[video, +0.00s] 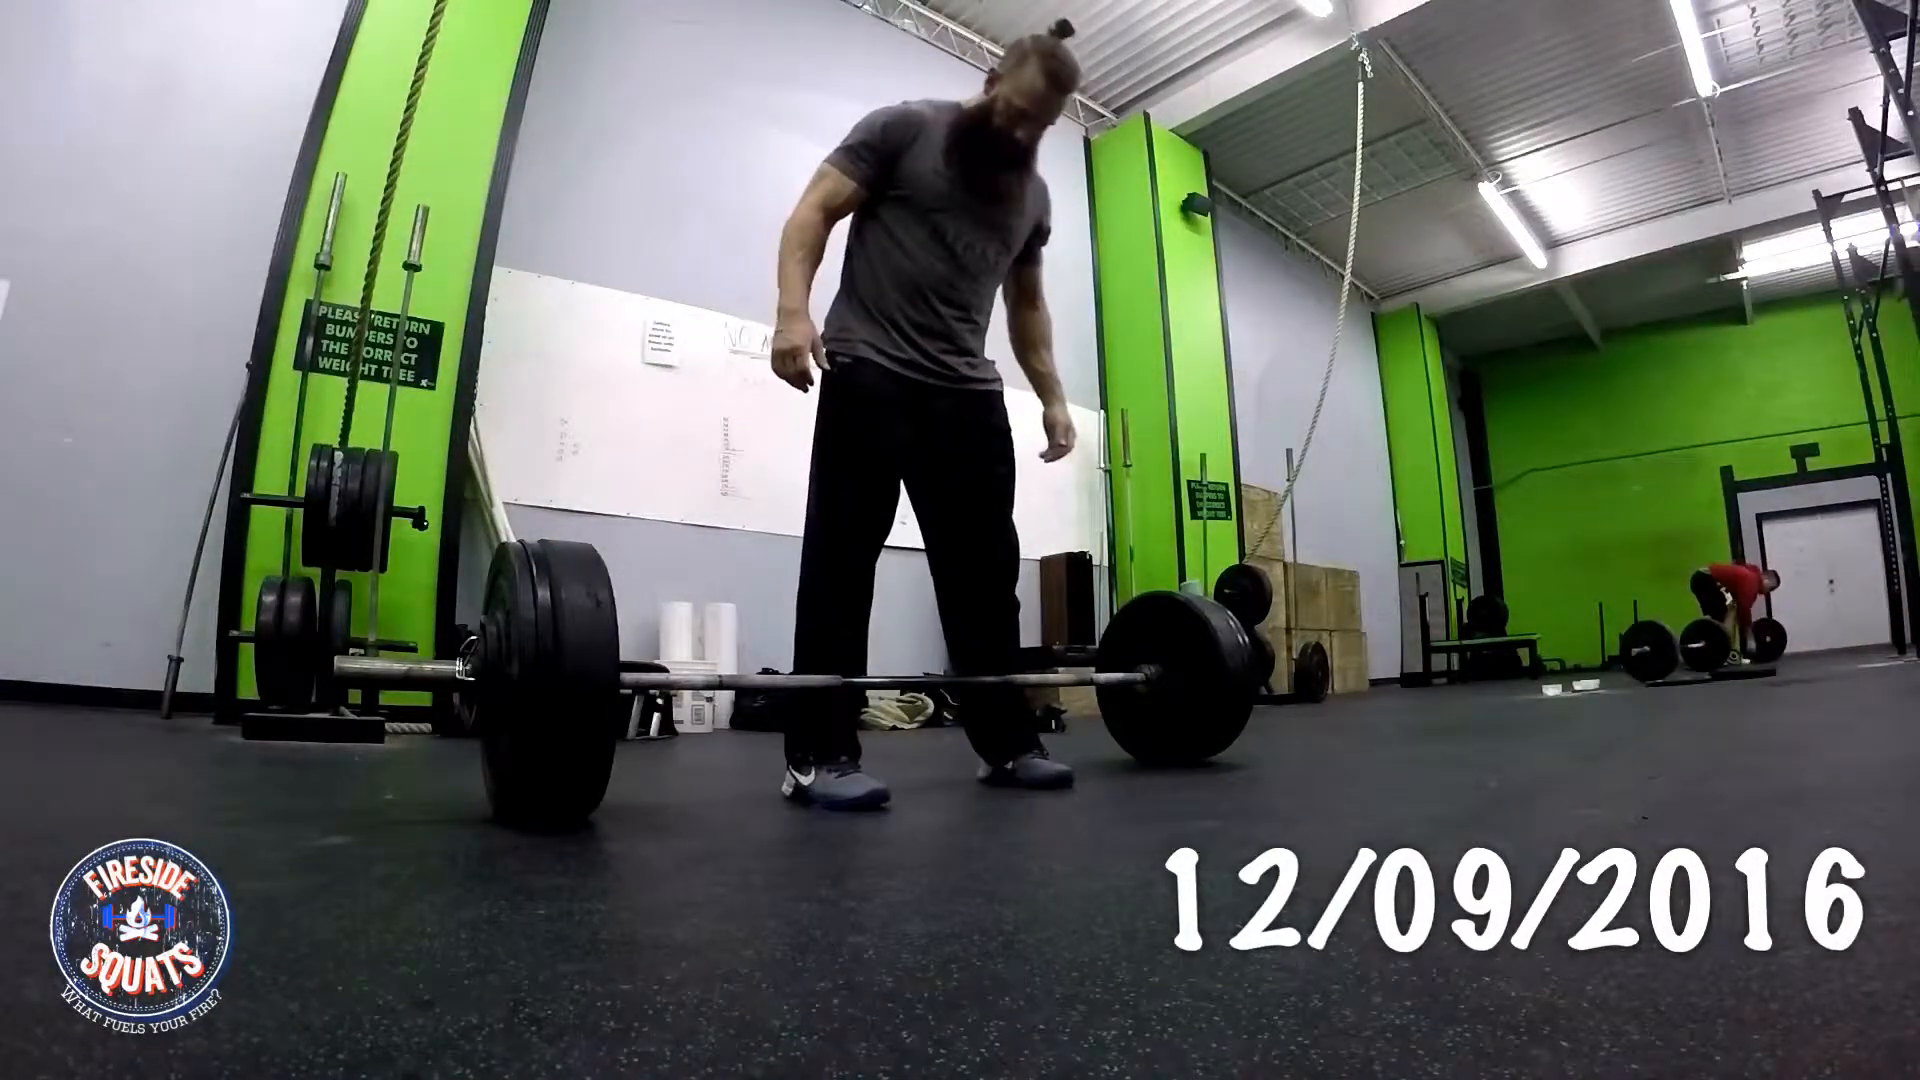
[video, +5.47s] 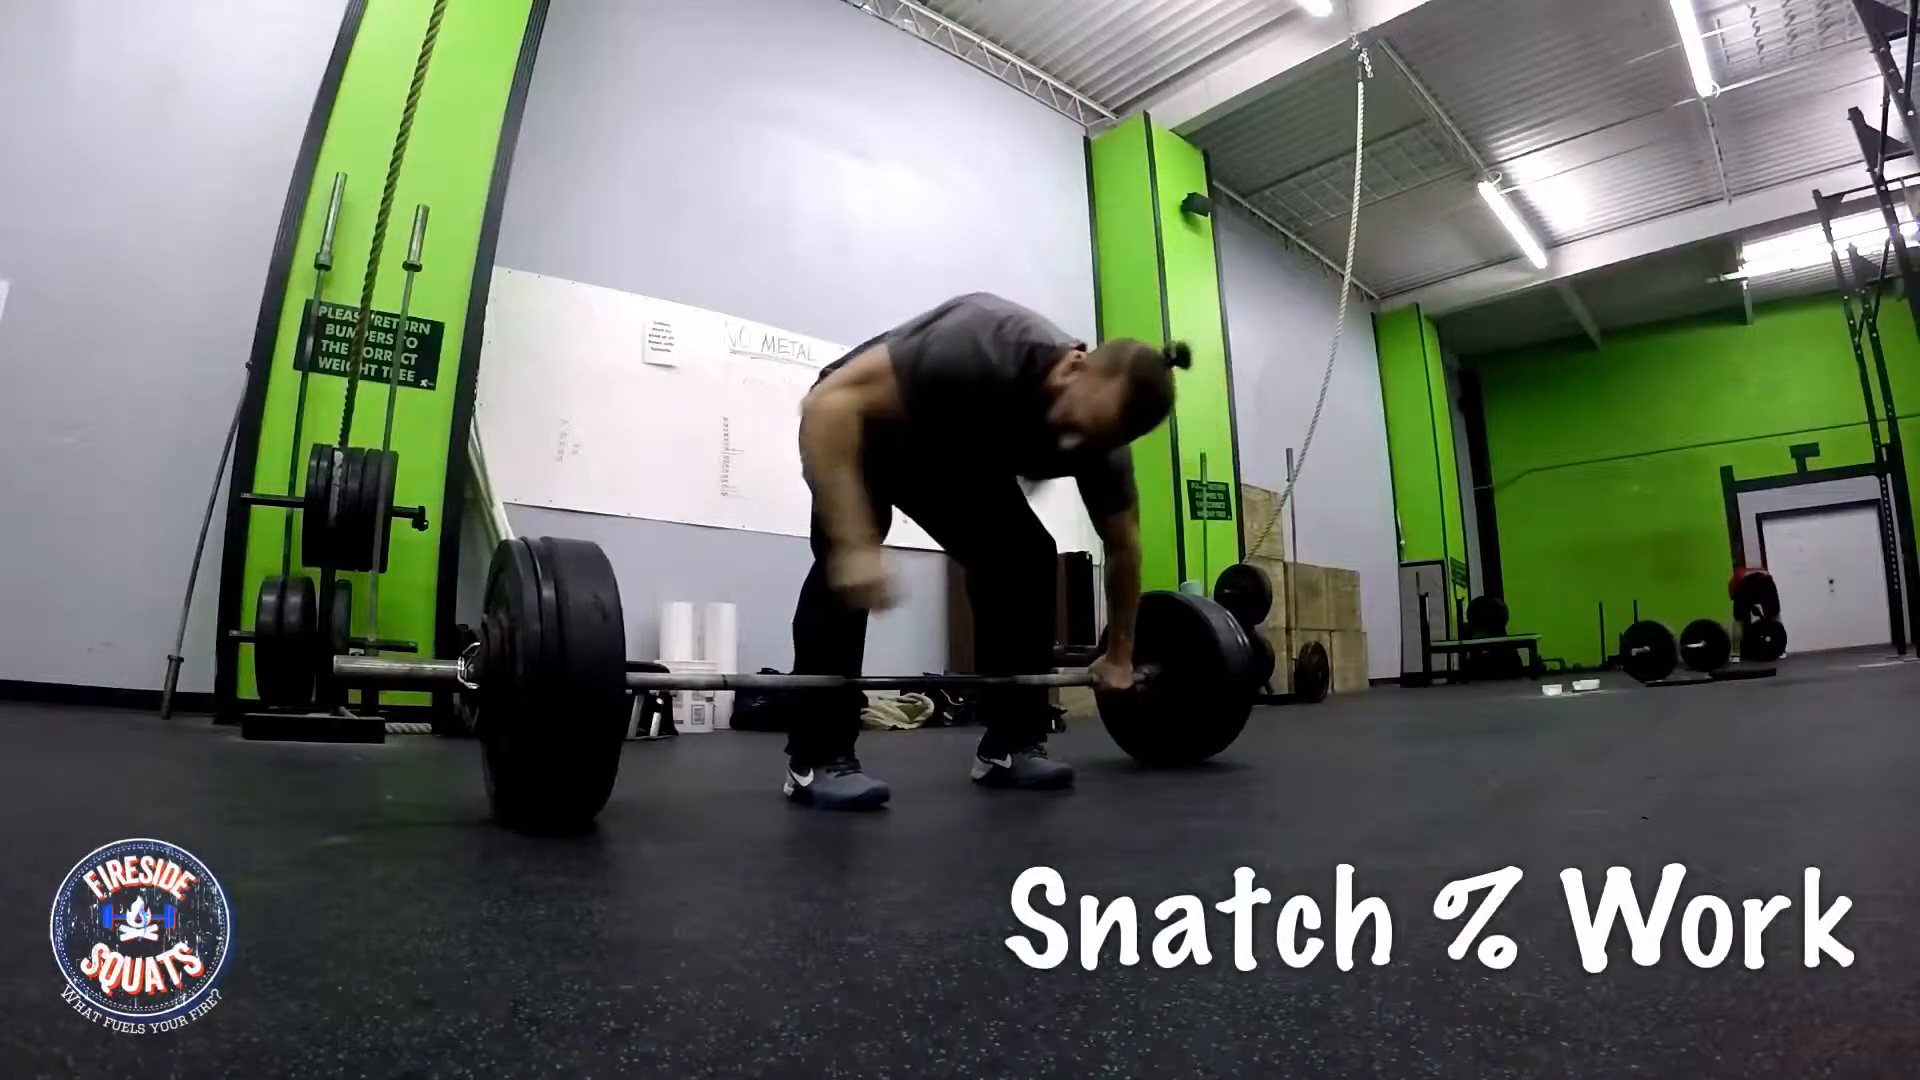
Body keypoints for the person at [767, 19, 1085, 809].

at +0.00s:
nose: (1021, 130)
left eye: (1038, 121)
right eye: (1016, 109)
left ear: (1054, 117)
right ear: (991, 79)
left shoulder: (1030, 197)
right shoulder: (901, 130)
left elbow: (1027, 306)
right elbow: (814, 212)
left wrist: (1053, 399)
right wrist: (793, 316)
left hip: (964, 393)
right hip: (867, 375)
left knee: (983, 568)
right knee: (840, 565)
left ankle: (1007, 746)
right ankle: (820, 758)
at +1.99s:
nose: (957, 48)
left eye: (964, 44)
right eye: (937, 40)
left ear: (971, 77)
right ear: (898, 69)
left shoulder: (991, 176)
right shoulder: (864, 132)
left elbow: (1015, 279)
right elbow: (810, 214)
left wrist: (1059, 351)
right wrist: (810, 296)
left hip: (980, 388)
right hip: (881, 372)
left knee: (986, 571)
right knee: (849, 565)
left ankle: (1003, 747)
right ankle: (821, 757)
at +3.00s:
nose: (1038, 137)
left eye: (1052, 126)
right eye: (1032, 116)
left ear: (1059, 130)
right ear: (997, 95)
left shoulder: (1032, 224)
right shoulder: (909, 154)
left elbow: (1031, 322)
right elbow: (806, 243)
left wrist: (1027, 394)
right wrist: (862, 332)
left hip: (937, 403)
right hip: (846, 388)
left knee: (994, 550)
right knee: (833, 562)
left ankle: (1008, 743)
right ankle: (818, 758)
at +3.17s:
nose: (1078, 225)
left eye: (1089, 213)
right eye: (1075, 206)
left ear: (1092, 203)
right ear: (1040, 172)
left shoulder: (1050, 278)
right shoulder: (933, 202)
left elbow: (1054, 385)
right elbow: (835, 309)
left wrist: (1057, 482)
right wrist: (898, 409)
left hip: (928, 410)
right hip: (843, 388)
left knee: (993, 553)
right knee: (832, 558)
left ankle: (1006, 745)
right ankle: (818, 759)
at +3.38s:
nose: (1111, 346)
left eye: (1122, 336)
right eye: (1110, 329)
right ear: (1079, 289)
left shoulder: (1076, 355)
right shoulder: (961, 275)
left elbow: (1084, 465)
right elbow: (856, 383)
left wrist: (1097, 583)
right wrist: (908, 502)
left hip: (934, 425)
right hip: (845, 399)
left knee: (1001, 552)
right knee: (838, 558)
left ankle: (1008, 745)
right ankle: (819, 760)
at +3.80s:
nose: (1127, 455)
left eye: (1137, 451)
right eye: (1129, 444)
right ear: (1104, 402)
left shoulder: (1104, 426)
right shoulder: (1001, 342)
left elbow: (1120, 531)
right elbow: (869, 411)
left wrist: (1117, 648)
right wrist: (925, 525)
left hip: (959, 442)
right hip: (862, 407)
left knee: (1018, 559)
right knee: (847, 554)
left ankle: (1009, 743)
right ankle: (818, 758)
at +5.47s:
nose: (1071, 442)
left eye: (1091, 441)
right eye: (1077, 422)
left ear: (1117, 434)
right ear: (1072, 368)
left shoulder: (1100, 435)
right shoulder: (979, 345)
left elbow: (1124, 542)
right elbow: (829, 402)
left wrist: (1119, 652)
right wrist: (855, 544)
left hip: (952, 458)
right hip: (862, 428)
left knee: (1024, 559)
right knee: (847, 561)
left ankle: (1011, 744)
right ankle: (819, 760)